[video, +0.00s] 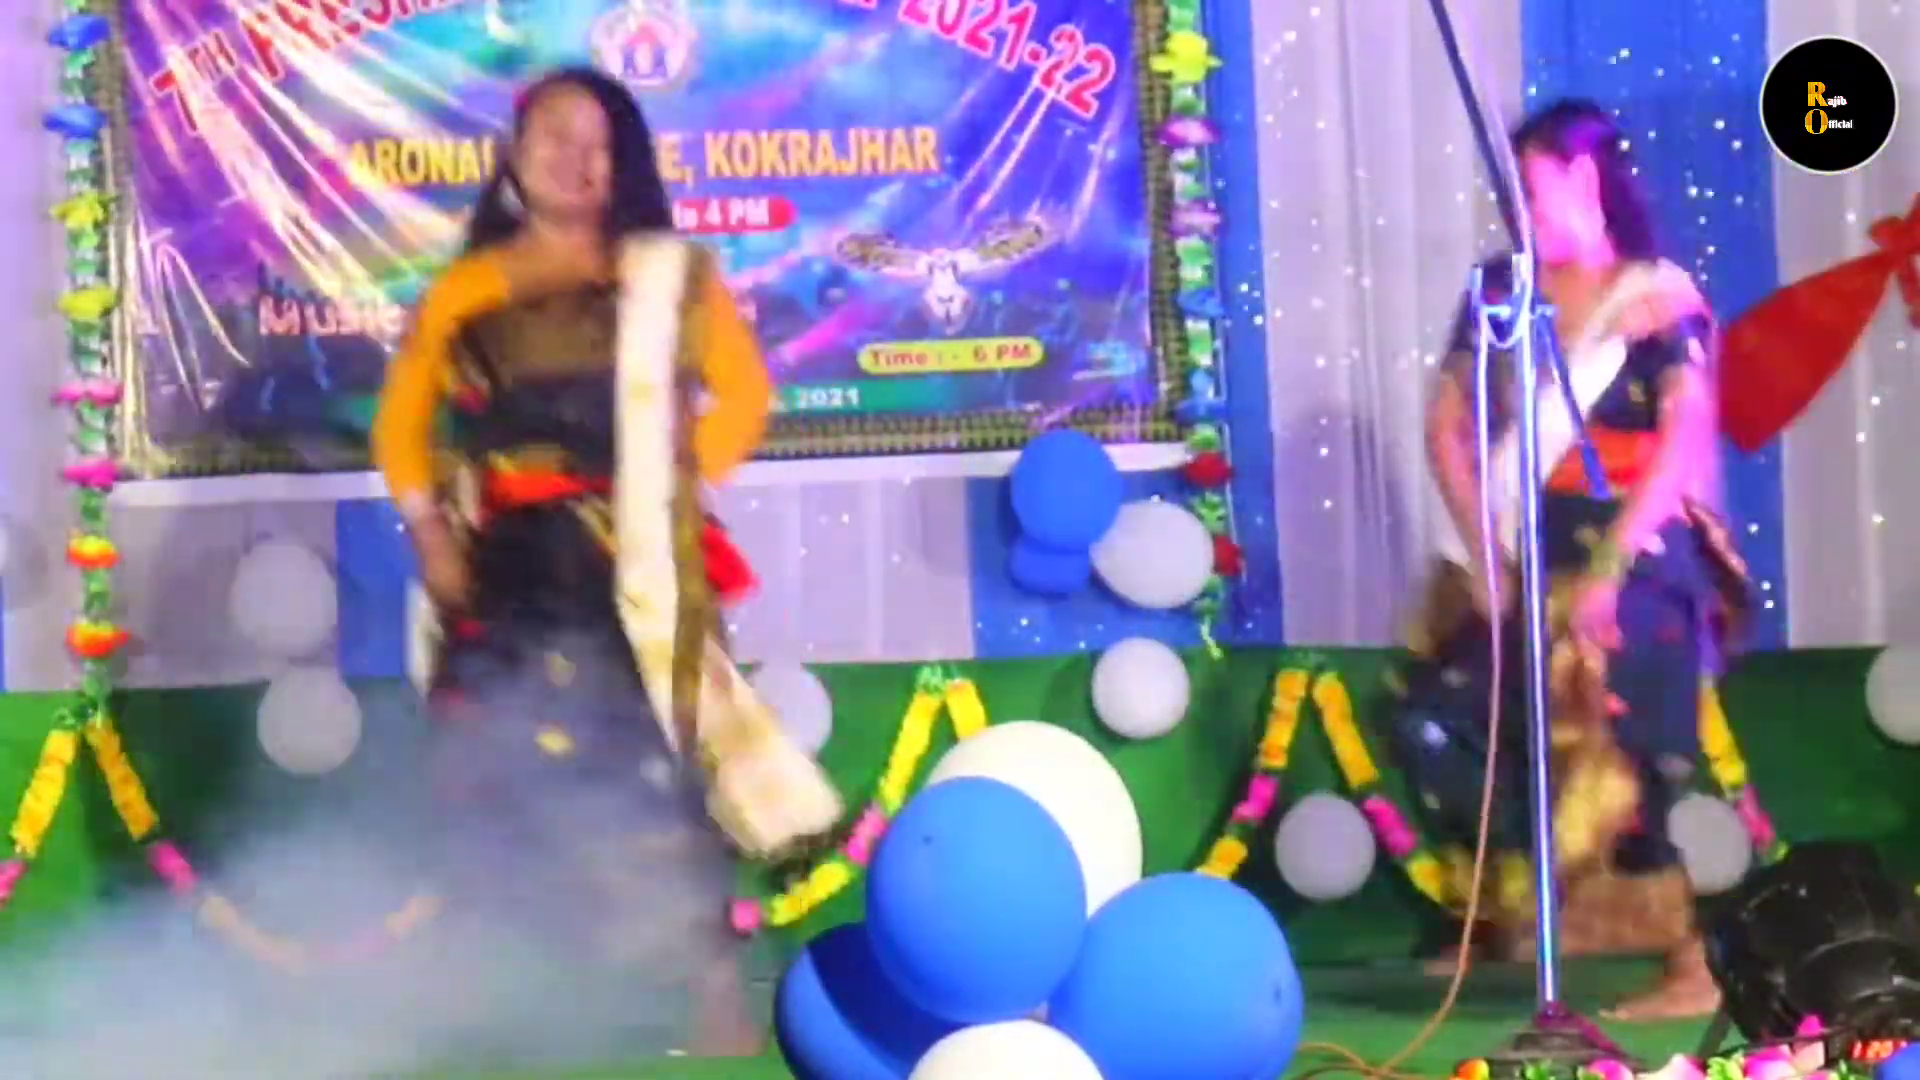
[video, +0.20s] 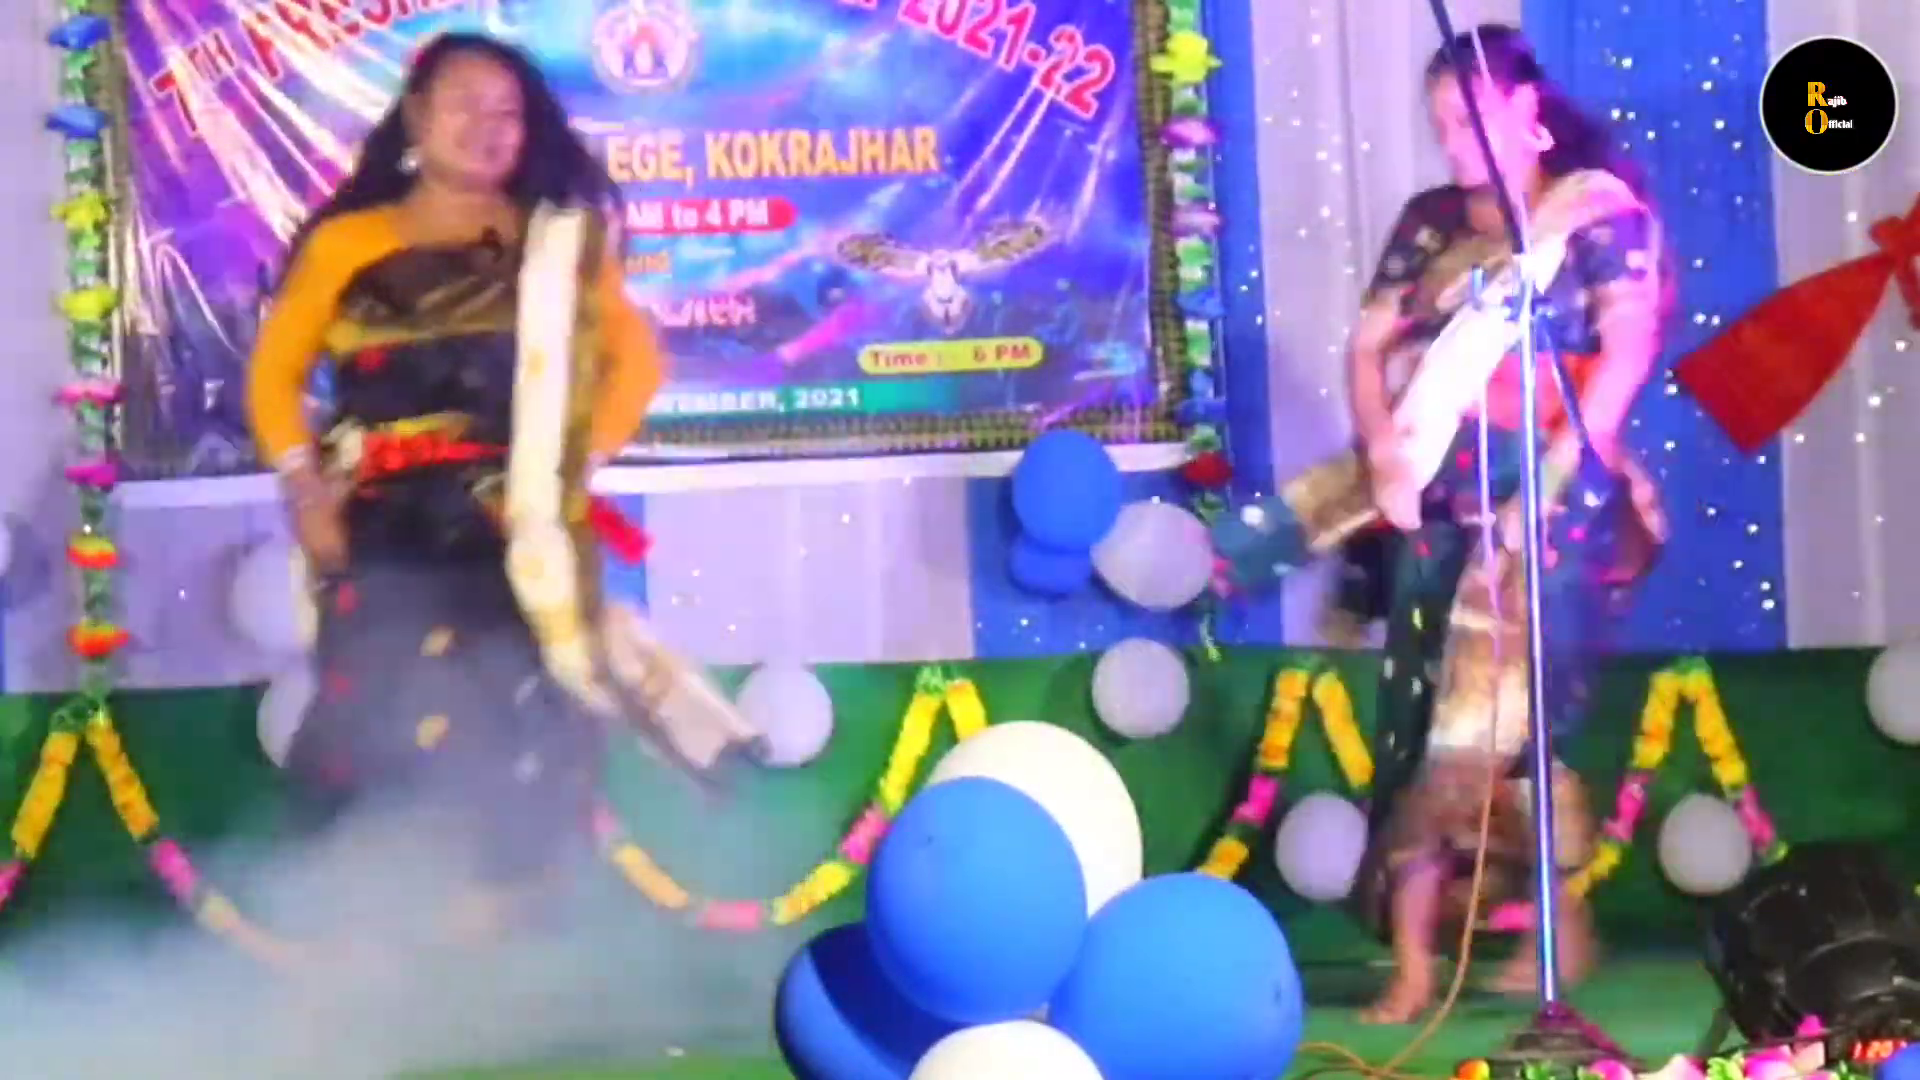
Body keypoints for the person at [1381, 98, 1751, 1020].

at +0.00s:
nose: (1529, 205)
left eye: (1545, 184)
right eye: (1522, 186)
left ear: (1595, 180)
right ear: (1515, 189)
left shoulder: (1661, 294)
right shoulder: (1498, 290)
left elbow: (1685, 445)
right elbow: (1448, 427)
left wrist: (1611, 570)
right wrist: (1487, 552)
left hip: (1643, 534)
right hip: (1532, 539)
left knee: (1649, 743)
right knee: (1447, 712)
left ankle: (1692, 962)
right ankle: (1497, 917)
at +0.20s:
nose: (1457, 139)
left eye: (1471, 116)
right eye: (1444, 120)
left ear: (1524, 104)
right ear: (1435, 122)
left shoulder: (1600, 205)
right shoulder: (1429, 219)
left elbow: (1628, 349)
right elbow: (1368, 346)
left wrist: (1561, 472)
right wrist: (1384, 456)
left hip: (1559, 504)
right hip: (1439, 502)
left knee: (1541, 723)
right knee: (1423, 724)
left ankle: (1555, 940)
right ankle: (1415, 968)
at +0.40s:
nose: (1416, 191)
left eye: (1435, 171)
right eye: (1403, 174)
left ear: (1485, 171)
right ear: (1390, 180)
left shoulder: (1548, 290)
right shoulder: (1363, 283)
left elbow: (1593, 440)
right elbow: (1298, 410)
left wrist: (1522, 556)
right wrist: (1347, 509)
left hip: (1500, 566)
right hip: (1387, 556)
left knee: (1481, 769)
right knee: (1361, 744)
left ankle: (1479, 962)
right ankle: (1357, 933)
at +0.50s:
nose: (1400, 171)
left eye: (1417, 150)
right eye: (1385, 154)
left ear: (1466, 149)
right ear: (1373, 159)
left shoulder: (1525, 272)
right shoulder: (1344, 260)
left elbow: (1572, 424)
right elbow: (1270, 390)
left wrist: (1502, 541)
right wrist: (1324, 485)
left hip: (1476, 548)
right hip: (1359, 538)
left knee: (1477, 757)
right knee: (1323, 741)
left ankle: (1479, 969)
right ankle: (1276, 959)